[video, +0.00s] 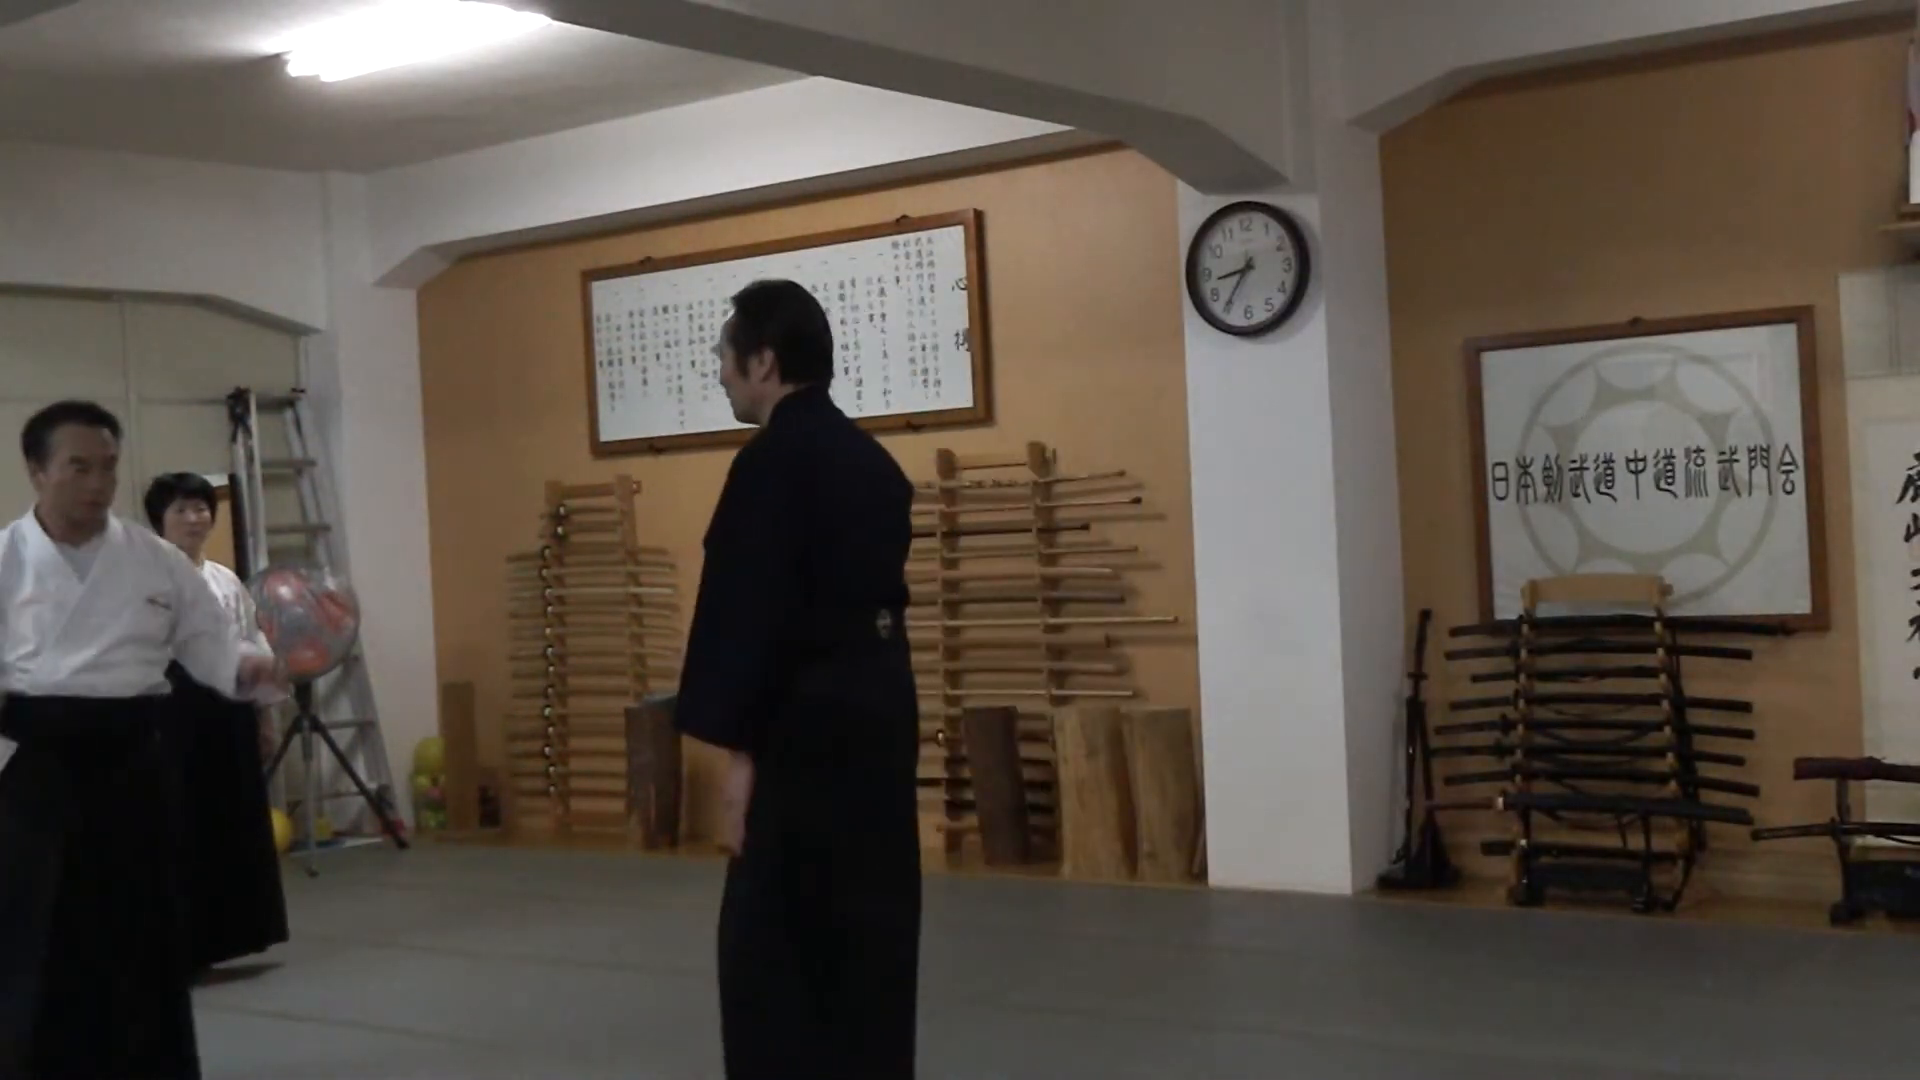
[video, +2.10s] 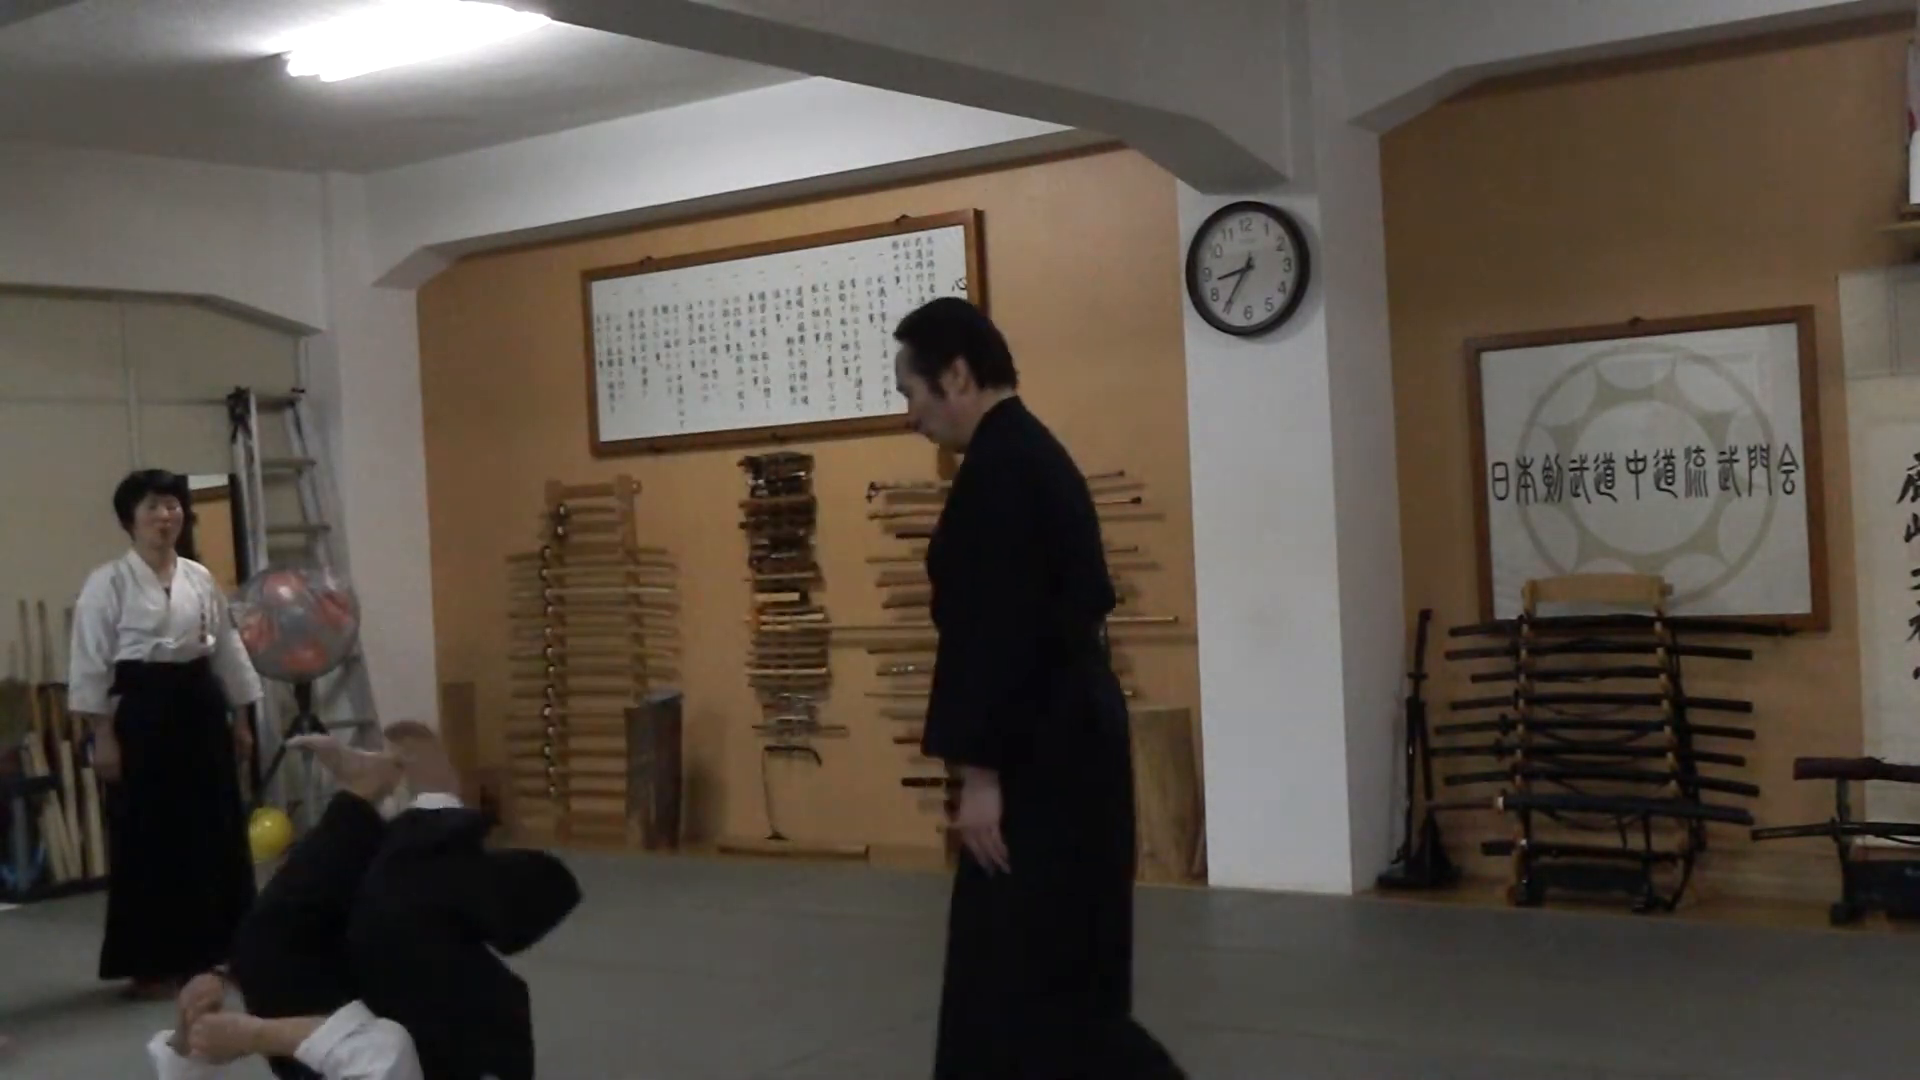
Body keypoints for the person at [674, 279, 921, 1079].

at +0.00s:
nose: (723, 377)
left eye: (729, 360)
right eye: (724, 360)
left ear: (766, 363)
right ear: (807, 364)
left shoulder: (769, 462)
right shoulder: (871, 459)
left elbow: (742, 614)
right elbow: (875, 610)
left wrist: (738, 761)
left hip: (800, 737)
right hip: (879, 727)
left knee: (770, 942)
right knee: (867, 932)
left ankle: (783, 1068)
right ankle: (867, 1067)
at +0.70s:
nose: (641, 379)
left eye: (646, 361)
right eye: (641, 362)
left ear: (679, 362)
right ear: (731, 361)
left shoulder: (679, 465)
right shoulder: (784, 462)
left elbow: (632, 605)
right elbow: (766, 613)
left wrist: (607, 746)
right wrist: (649, 741)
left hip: (706, 734)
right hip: (787, 722)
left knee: (697, 935)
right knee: (788, 924)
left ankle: (703, 1071)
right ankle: (799, 1070)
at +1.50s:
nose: (668, 425)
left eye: (665, 405)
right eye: (663, 408)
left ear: (689, 391)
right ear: (750, 384)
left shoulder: (703, 487)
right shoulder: (821, 484)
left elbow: (665, 633)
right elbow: (822, 634)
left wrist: (651, 771)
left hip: (744, 740)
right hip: (836, 727)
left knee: (699, 938)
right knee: (824, 933)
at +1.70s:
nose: (756, 409)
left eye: (756, 387)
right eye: (751, 390)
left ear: (792, 373)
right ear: (826, 370)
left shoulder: (814, 475)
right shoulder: (899, 464)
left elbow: (790, 629)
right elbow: (903, 625)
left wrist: (780, 770)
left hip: (843, 756)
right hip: (915, 739)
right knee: (931, 952)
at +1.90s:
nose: (838, 429)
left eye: (837, 410)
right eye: (832, 413)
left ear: (876, 389)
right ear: (895, 388)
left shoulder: (922, 477)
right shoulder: (965, 464)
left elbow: (923, 639)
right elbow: (990, 625)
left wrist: (901, 779)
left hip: (965, 752)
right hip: (1014, 741)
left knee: (863, 960)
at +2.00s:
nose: (878, 427)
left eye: (877, 407)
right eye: (872, 411)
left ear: (919, 388)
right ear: (938, 384)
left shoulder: (963, 472)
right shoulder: (1003, 462)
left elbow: (956, 634)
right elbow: (1043, 605)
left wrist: (942, 780)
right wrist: (929, 590)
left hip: (1005, 754)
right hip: (1048, 742)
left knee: (937, 976)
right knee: (1035, 967)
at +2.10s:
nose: (908, 412)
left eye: (910, 390)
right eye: (903, 393)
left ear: (959, 376)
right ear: (971, 376)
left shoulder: (1003, 465)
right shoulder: (1029, 453)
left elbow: (989, 630)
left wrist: (980, 772)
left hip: (1040, 751)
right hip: (1067, 736)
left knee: (1010, 976)